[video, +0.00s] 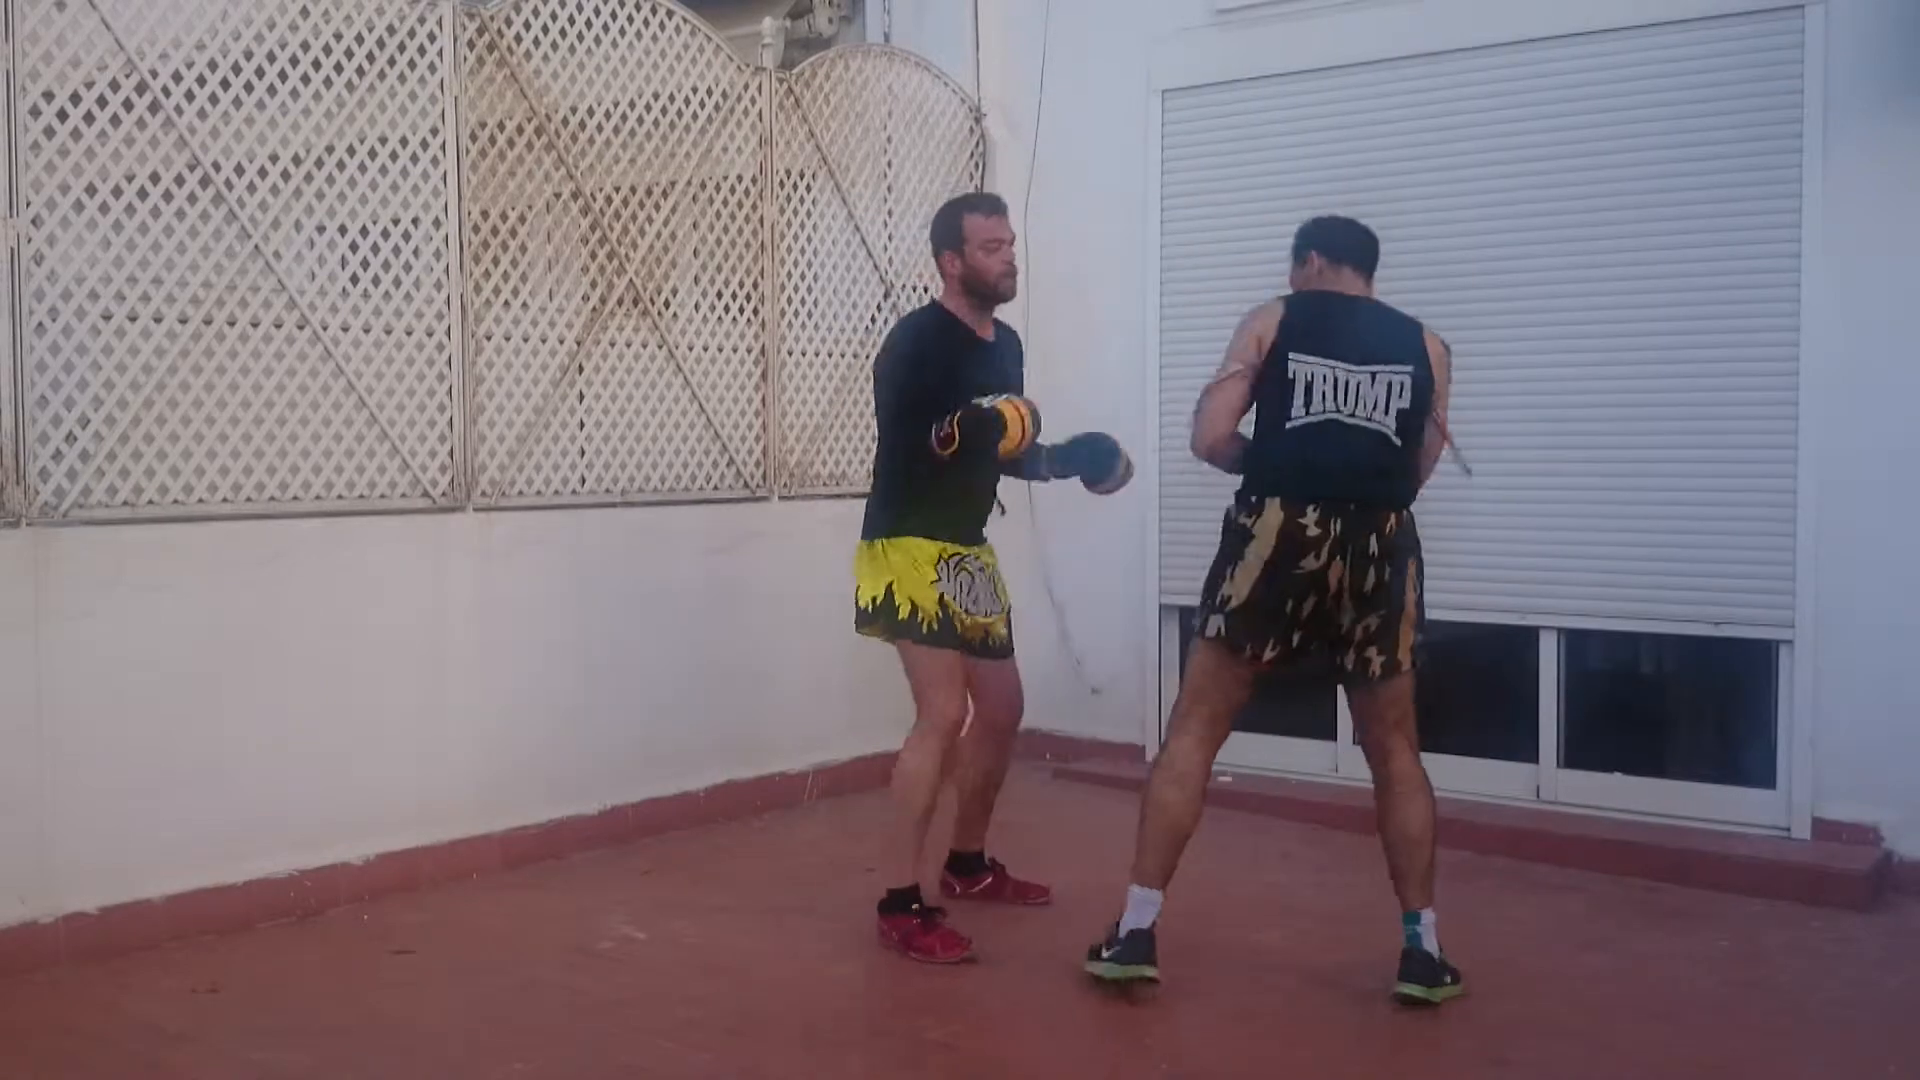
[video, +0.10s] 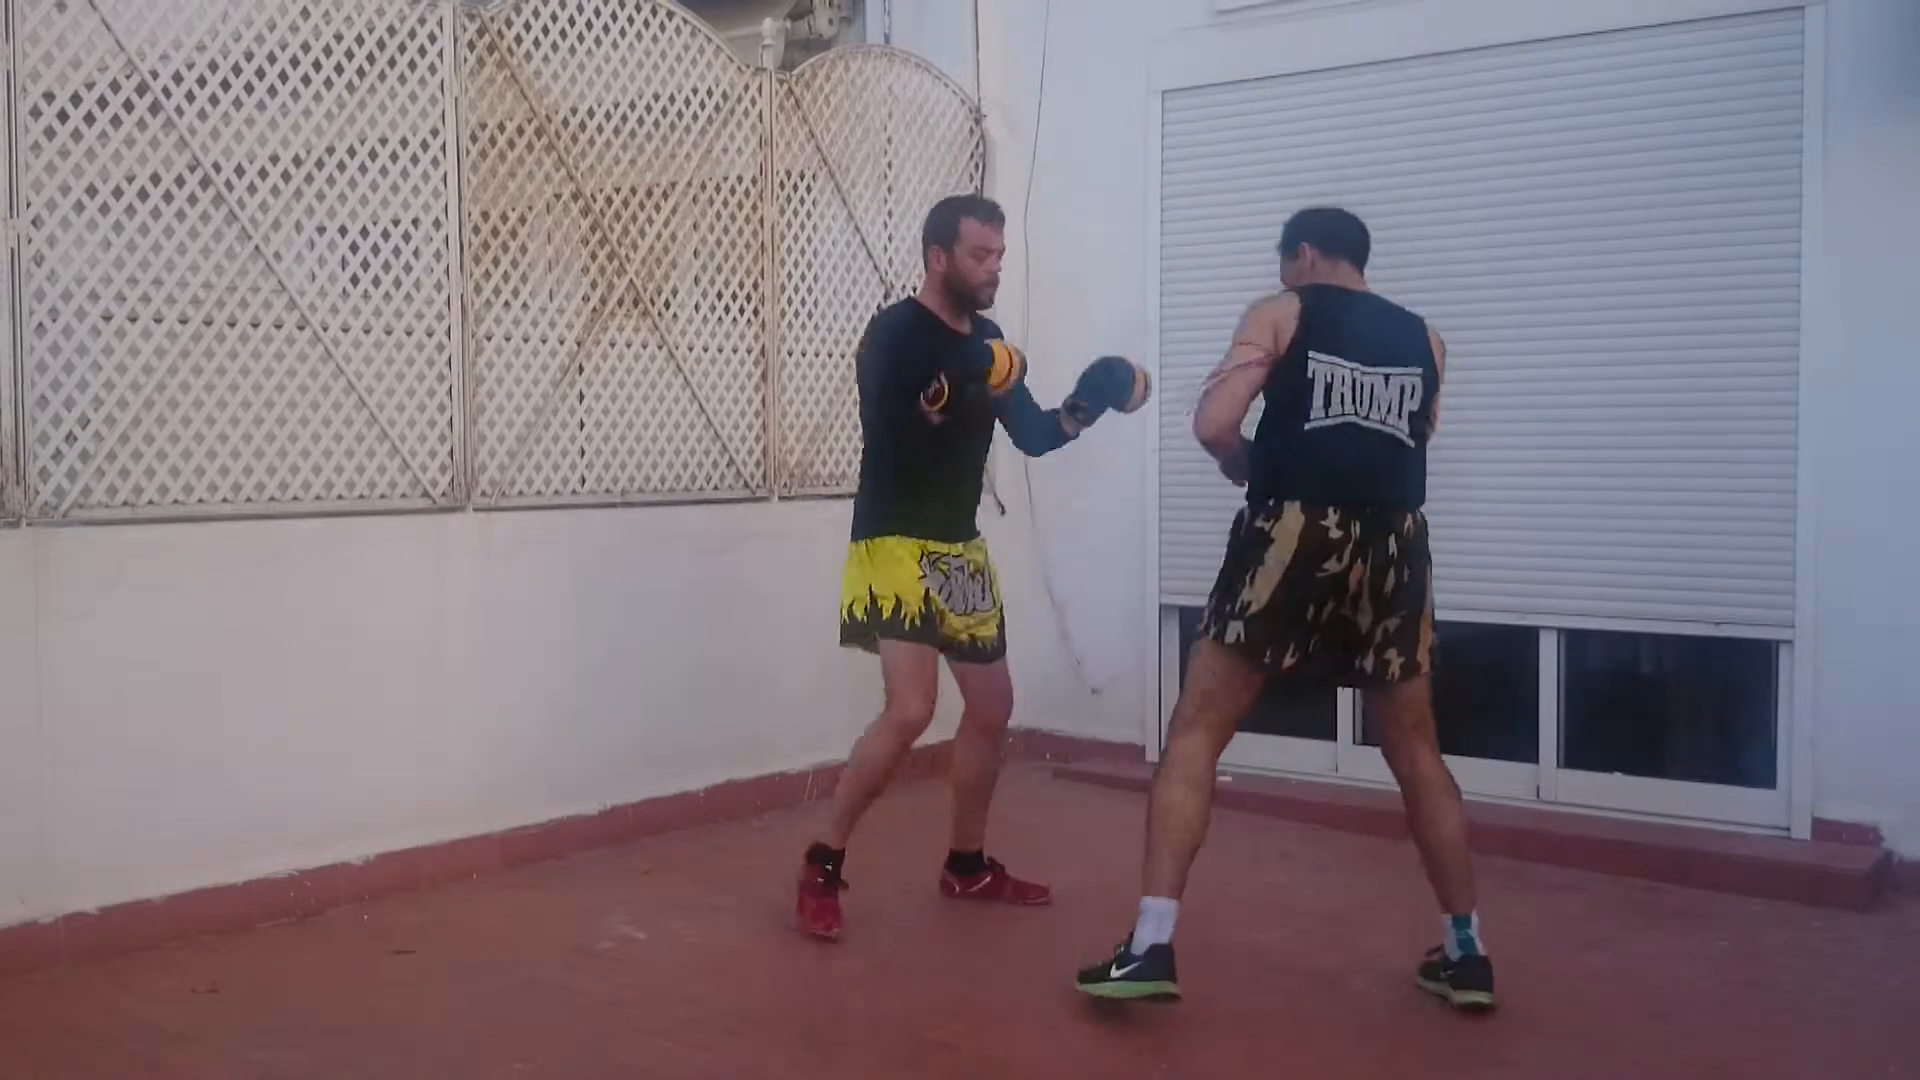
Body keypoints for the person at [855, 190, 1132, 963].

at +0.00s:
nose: (1009, 258)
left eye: (1011, 246)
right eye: (992, 248)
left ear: (1008, 254)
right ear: (949, 261)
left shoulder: (1004, 345)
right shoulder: (914, 340)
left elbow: (1000, 449)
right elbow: (908, 447)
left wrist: (1072, 457)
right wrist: (983, 422)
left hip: (966, 549)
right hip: (906, 547)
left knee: (1000, 710)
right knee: (942, 712)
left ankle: (965, 864)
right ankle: (907, 901)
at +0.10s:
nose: (994, 269)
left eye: (999, 256)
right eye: (981, 255)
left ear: (996, 259)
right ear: (935, 257)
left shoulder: (987, 348)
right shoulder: (893, 334)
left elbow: (1035, 436)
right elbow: (893, 439)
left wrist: (1091, 398)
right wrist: (952, 396)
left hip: (959, 542)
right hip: (894, 540)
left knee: (991, 705)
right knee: (909, 709)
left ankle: (967, 864)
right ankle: (823, 860)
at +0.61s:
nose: (897, 281)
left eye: (907, 270)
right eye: (884, 268)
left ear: (916, 266)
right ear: (847, 261)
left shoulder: (918, 332)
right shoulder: (804, 333)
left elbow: (982, 421)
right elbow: (805, 420)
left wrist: (1013, 355)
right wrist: (851, 339)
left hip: (909, 544)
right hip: (827, 545)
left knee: (967, 702)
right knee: (808, 720)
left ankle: (996, 876)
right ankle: (765, 870)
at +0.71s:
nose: (900, 293)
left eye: (910, 281)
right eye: (887, 279)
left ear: (919, 275)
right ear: (851, 269)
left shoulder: (929, 340)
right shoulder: (809, 337)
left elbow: (1000, 422)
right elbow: (802, 426)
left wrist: (1019, 359)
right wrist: (844, 346)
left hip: (919, 549)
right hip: (833, 552)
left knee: (1000, 693)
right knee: (807, 725)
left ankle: (1012, 864)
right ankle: (764, 871)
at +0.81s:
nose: (928, 287)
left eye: (932, 276)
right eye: (920, 274)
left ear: (928, 272)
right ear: (881, 262)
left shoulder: (944, 339)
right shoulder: (824, 334)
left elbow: (1015, 412)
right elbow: (801, 417)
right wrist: (844, 346)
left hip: (943, 545)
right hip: (853, 549)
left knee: (1021, 696)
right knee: (810, 722)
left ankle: (1058, 862)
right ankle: (767, 868)